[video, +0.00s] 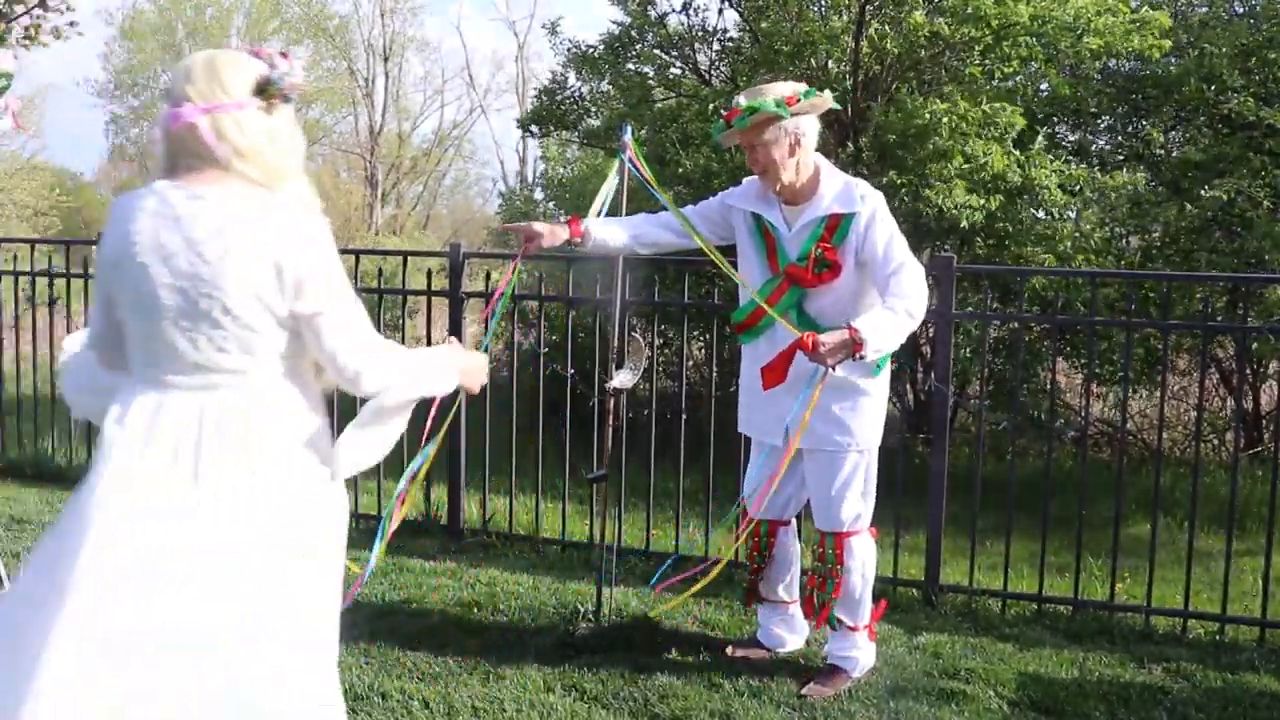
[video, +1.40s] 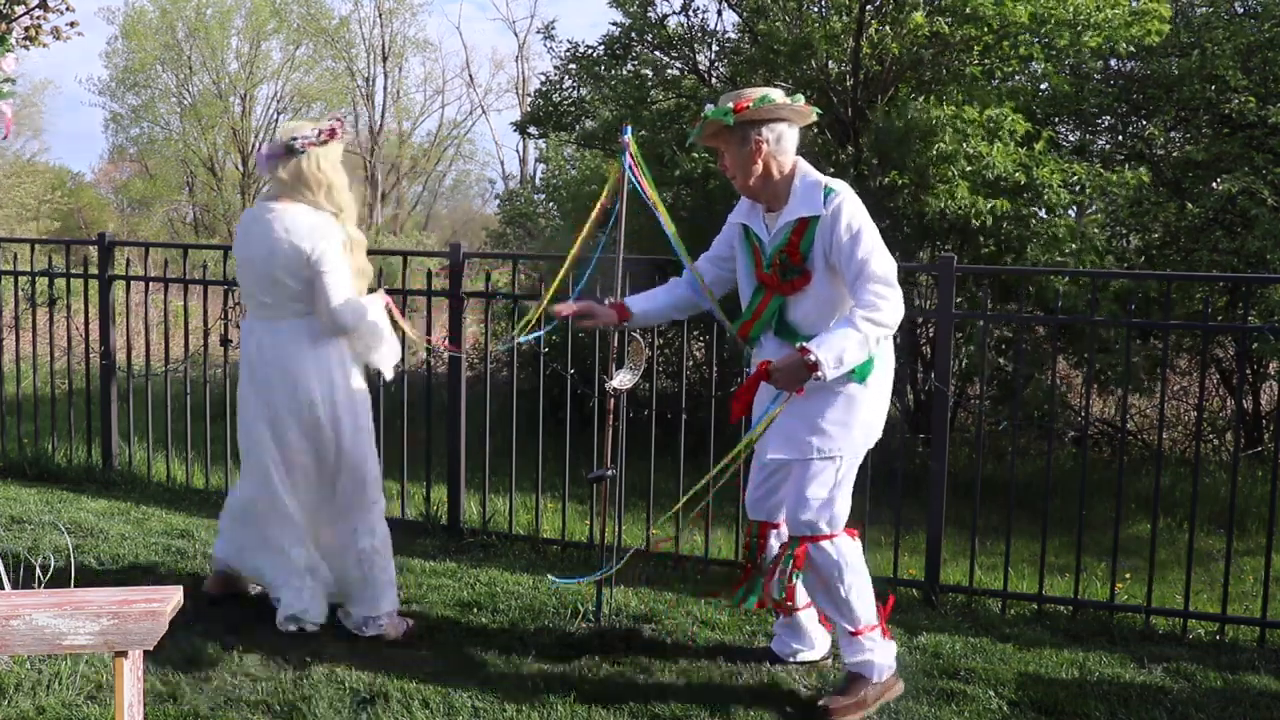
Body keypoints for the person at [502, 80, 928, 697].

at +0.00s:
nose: (750, 162)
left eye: (757, 147)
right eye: (745, 149)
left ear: (798, 141)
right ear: (754, 148)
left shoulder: (860, 204)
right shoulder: (744, 203)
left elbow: (908, 293)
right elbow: (660, 227)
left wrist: (859, 336)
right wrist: (569, 232)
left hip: (848, 387)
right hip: (774, 382)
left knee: (843, 517)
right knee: (766, 507)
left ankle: (851, 653)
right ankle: (780, 632)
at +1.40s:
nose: (719, 167)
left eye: (724, 153)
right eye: (716, 155)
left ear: (764, 144)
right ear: (752, 148)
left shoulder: (835, 206)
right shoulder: (747, 216)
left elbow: (882, 304)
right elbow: (696, 286)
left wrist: (818, 358)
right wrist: (617, 311)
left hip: (843, 379)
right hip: (777, 376)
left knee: (811, 513)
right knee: (767, 506)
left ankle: (874, 666)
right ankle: (801, 642)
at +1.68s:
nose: (744, 165)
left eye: (747, 149)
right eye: (741, 152)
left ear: (786, 145)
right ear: (786, 147)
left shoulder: (858, 211)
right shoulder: (784, 222)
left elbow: (882, 324)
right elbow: (770, 311)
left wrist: (798, 364)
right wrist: (708, 364)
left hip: (865, 397)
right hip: (811, 395)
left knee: (850, 543)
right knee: (787, 518)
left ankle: (880, 695)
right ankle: (801, 636)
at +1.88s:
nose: (773, 158)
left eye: (776, 142)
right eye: (770, 144)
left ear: (815, 139)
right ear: (817, 140)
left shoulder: (877, 205)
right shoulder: (830, 213)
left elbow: (886, 325)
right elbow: (828, 319)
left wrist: (792, 355)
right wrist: (769, 352)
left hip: (893, 412)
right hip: (846, 408)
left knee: (867, 557)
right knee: (811, 518)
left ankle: (882, 703)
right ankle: (841, 642)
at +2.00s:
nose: (795, 158)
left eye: (798, 141)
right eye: (791, 143)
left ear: (837, 133)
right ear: (839, 135)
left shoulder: (895, 204)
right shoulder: (853, 209)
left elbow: (899, 324)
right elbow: (862, 322)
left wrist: (796, 346)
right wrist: (792, 352)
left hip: (904, 417)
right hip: (865, 412)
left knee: (870, 555)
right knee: (841, 528)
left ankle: (879, 702)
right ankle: (934, 651)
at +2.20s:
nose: (828, 154)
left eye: (833, 138)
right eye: (827, 141)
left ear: (873, 135)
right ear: (879, 137)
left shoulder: (924, 206)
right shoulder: (898, 209)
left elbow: (930, 320)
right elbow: (907, 328)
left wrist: (824, 335)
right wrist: (838, 354)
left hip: (928, 429)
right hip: (935, 424)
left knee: (887, 559)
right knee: (940, 554)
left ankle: (881, 703)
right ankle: (991, 694)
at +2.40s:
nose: (867, 165)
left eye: (871, 148)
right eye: (864, 151)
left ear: (913, 140)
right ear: (917, 143)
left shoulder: (964, 205)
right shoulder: (940, 211)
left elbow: (962, 316)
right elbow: (950, 327)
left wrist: (856, 328)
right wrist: (878, 353)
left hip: (982, 414)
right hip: (980, 414)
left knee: (914, 547)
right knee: (962, 551)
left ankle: (942, 701)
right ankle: (994, 696)